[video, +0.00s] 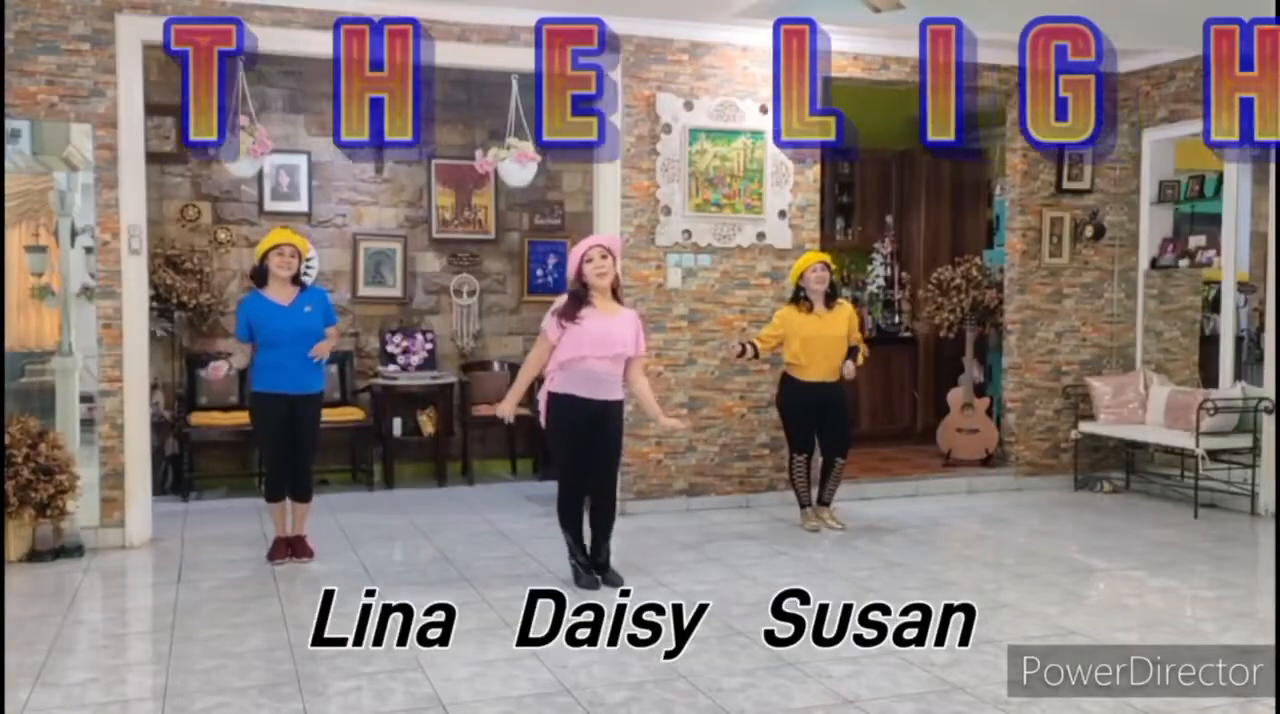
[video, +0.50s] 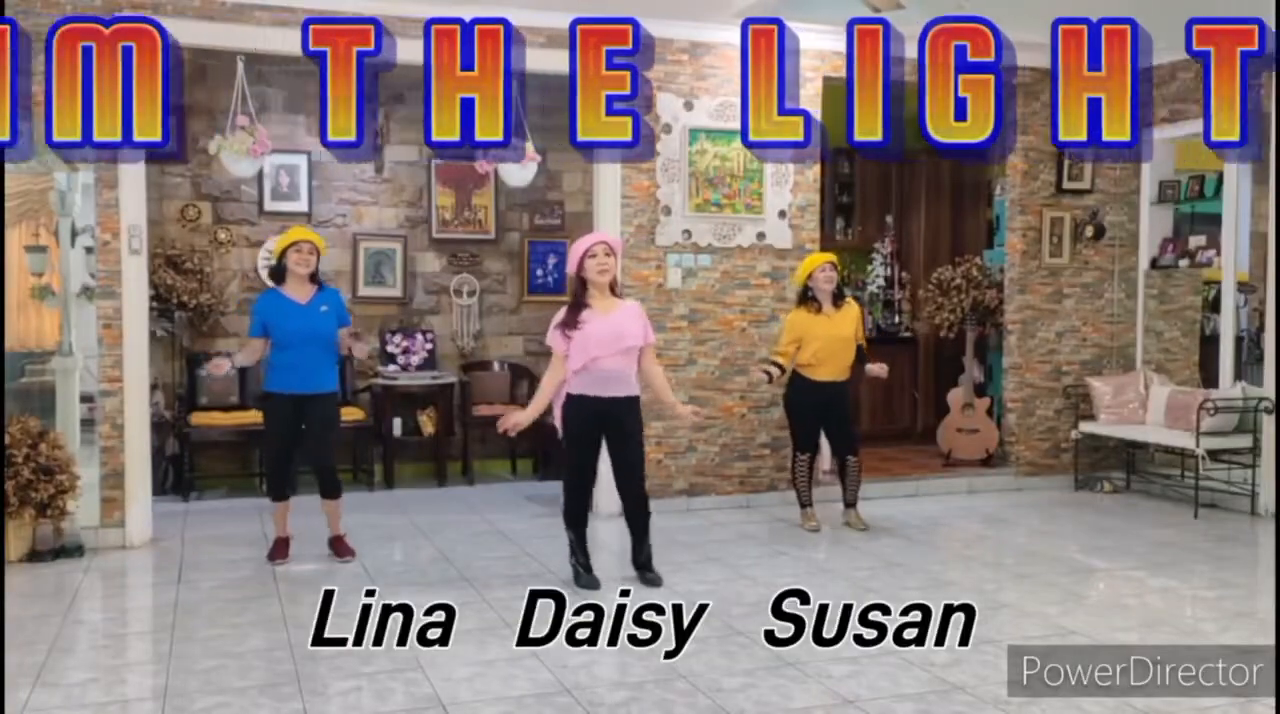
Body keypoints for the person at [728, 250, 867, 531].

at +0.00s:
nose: (820, 275)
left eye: (824, 270)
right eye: (813, 271)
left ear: (830, 276)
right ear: (801, 280)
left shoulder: (844, 310)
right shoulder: (788, 314)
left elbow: (857, 343)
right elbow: (764, 343)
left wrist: (852, 360)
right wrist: (743, 349)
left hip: (831, 389)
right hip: (796, 389)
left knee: (838, 449)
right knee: (801, 449)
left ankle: (824, 507)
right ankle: (806, 510)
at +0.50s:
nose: (828, 275)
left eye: (832, 270)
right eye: (821, 271)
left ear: (838, 277)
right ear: (809, 281)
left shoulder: (851, 310)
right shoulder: (799, 316)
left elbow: (859, 345)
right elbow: (783, 355)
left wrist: (867, 365)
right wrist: (769, 372)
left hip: (837, 389)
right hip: (803, 388)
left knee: (849, 451)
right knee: (805, 449)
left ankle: (851, 509)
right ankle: (807, 509)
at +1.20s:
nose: (855, 275)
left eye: (858, 270)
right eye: (849, 270)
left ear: (862, 277)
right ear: (834, 278)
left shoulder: (871, 314)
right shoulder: (819, 312)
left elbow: (874, 352)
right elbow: (807, 348)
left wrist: (900, 355)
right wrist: (804, 364)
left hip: (860, 387)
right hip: (827, 388)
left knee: (858, 449)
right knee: (832, 451)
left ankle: (852, 509)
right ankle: (831, 509)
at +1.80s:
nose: (842, 274)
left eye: (845, 270)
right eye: (835, 270)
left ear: (850, 277)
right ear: (821, 277)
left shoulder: (857, 315)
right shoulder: (803, 311)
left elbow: (858, 357)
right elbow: (786, 349)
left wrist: (869, 380)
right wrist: (774, 376)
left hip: (842, 390)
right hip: (806, 387)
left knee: (847, 451)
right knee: (805, 452)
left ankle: (850, 509)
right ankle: (804, 511)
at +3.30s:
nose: (856, 278)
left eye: (859, 272)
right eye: (848, 273)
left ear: (864, 277)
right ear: (835, 282)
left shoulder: (875, 311)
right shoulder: (824, 313)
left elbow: (878, 350)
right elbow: (813, 353)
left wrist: (893, 368)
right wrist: (814, 385)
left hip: (863, 389)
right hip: (831, 388)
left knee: (864, 451)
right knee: (826, 452)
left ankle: (857, 511)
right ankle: (812, 510)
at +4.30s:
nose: (842, 277)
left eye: (846, 272)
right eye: (835, 273)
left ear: (852, 278)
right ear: (822, 281)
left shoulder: (861, 313)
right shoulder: (807, 313)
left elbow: (866, 350)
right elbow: (788, 349)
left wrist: (864, 380)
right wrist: (779, 380)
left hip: (844, 390)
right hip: (807, 388)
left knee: (851, 452)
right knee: (807, 452)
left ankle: (854, 510)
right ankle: (807, 513)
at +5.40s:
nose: (845, 278)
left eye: (848, 273)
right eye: (838, 273)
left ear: (852, 279)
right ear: (822, 280)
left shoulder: (862, 305)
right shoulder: (811, 317)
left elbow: (881, 332)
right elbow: (807, 358)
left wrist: (880, 365)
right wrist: (812, 392)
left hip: (861, 387)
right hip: (826, 388)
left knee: (862, 452)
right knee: (820, 453)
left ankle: (857, 511)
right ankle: (810, 512)